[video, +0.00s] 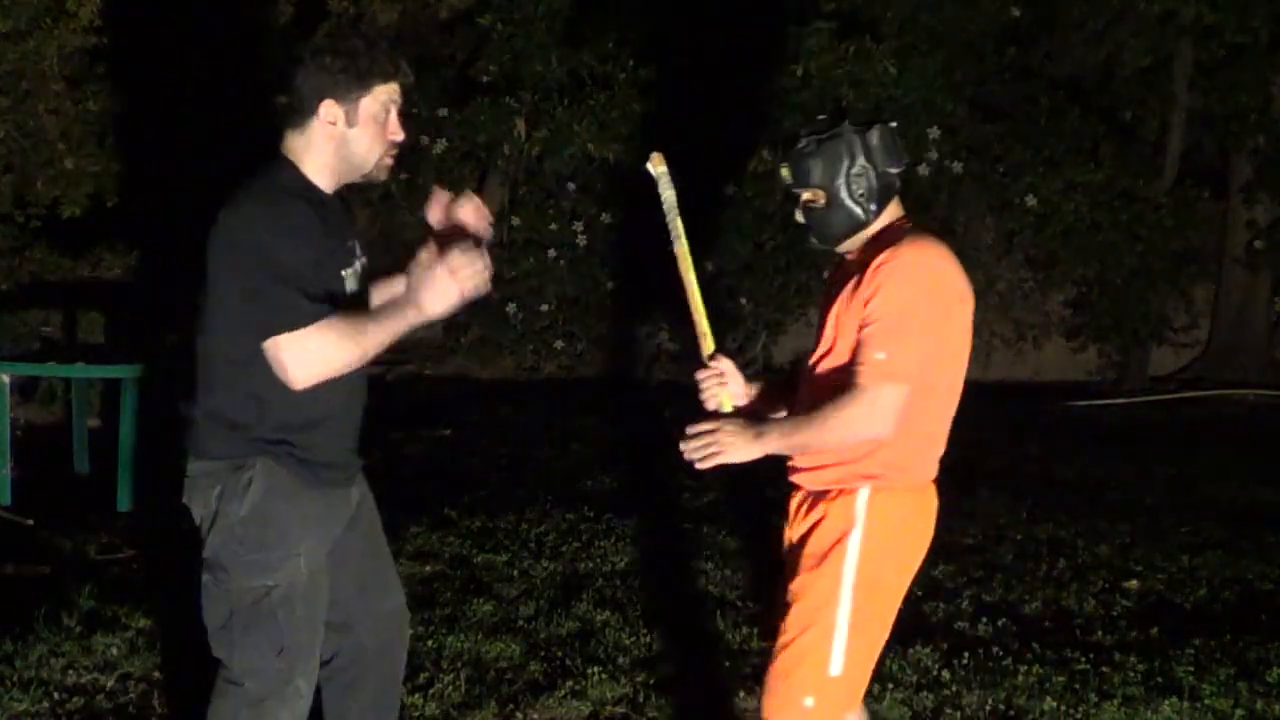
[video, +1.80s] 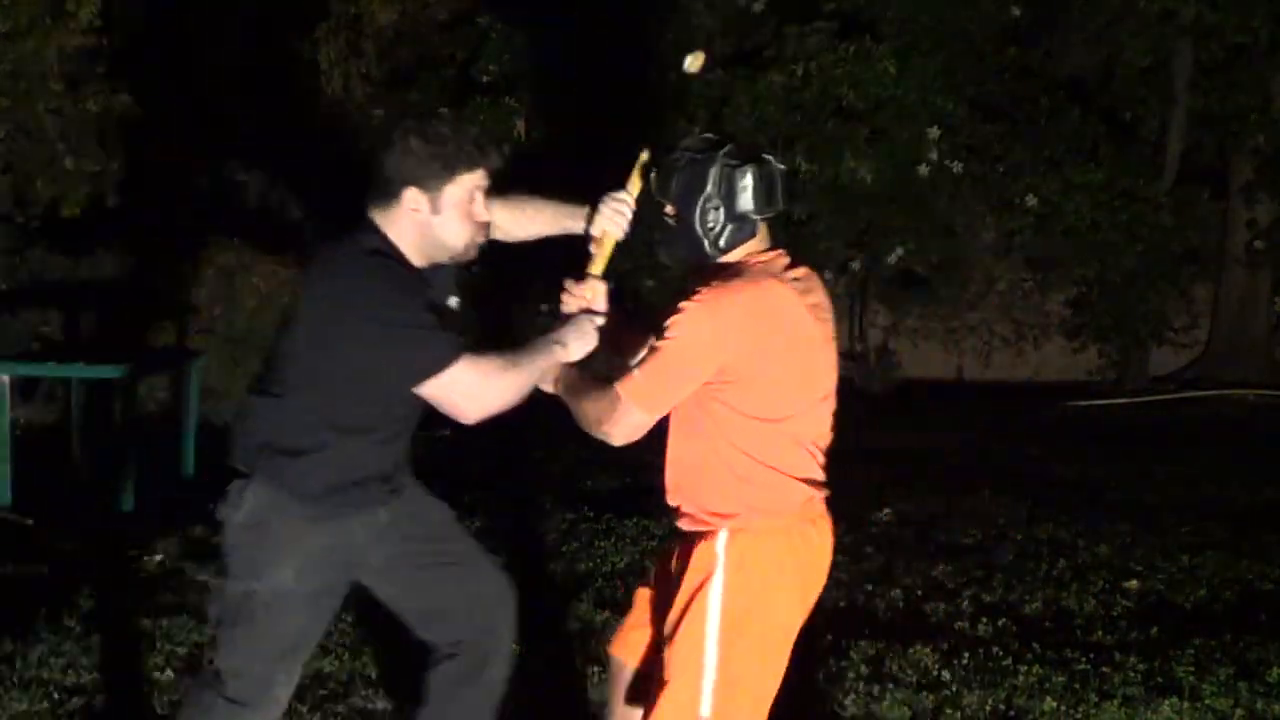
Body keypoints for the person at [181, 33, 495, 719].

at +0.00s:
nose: (399, 136)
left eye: (398, 118)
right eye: (386, 116)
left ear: (335, 120)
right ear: (332, 118)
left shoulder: (328, 215)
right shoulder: (262, 218)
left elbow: (347, 312)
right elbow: (299, 358)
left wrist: (427, 267)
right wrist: (417, 305)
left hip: (331, 478)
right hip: (260, 480)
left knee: (372, 649)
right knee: (268, 680)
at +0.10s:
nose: (386, 137)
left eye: (386, 117)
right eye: (374, 116)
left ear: (327, 121)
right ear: (323, 118)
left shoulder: (316, 211)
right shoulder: (255, 214)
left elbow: (332, 328)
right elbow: (330, 346)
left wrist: (385, 233)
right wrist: (394, 245)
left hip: (319, 475)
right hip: (246, 480)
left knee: (365, 637)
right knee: (264, 682)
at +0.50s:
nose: (349, 140)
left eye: (353, 123)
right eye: (338, 119)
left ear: (295, 124)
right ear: (290, 119)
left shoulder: (290, 212)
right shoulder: (217, 204)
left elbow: (351, 315)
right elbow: (295, 317)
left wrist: (352, 210)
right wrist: (337, 216)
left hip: (274, 476)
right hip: (198, 472)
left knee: (294, 665)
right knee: (211, 676)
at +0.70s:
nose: (304, 143)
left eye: (305, 125)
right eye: (294, 123)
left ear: (245, 124)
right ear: (246, 122)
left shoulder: (244, 219)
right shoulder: (183, 216)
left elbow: (311, 317)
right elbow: (271, 327)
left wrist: (312, 223)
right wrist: (308, 222)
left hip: (257, 500)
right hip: (174, 497)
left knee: (299, 654)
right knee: (118, 686)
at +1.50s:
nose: (304, 162)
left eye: (300, 142)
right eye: (288, 142)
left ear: (240, 152)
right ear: (234, 149)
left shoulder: (252, 247)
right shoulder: (163, 251)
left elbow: (311, 304)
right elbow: (221, 368)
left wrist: (359, 257)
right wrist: (302, 276)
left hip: (264, 506)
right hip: (172, 515)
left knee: (352, 626)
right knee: (136, 702)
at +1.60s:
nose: (357, 195)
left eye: (353, 175)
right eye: (341, 176)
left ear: (289, 189)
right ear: (285, 187)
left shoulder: (318, 263)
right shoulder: (217, 282)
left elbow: (380, 245)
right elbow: (287, 401)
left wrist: (462, 226)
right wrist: (370, 314)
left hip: (277, 521)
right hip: (181, 526)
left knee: (387, 621)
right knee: (140, 704)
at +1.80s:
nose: (485, 213)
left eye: (483, 196)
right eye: (472, 198)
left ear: (419, 204)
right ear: (416, 205)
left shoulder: (413, 250)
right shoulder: (364, 285)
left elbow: (493, 219)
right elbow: (473, 396)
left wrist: (588, 219)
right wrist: (562, 346)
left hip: (383, 500)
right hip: (290, 510)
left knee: (481, 619)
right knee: (247, 694)